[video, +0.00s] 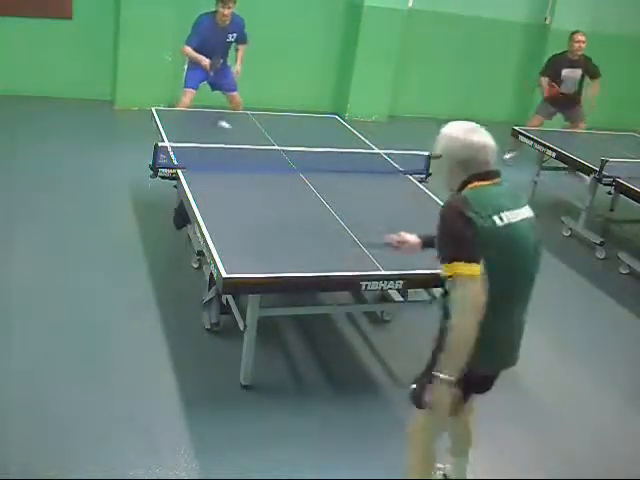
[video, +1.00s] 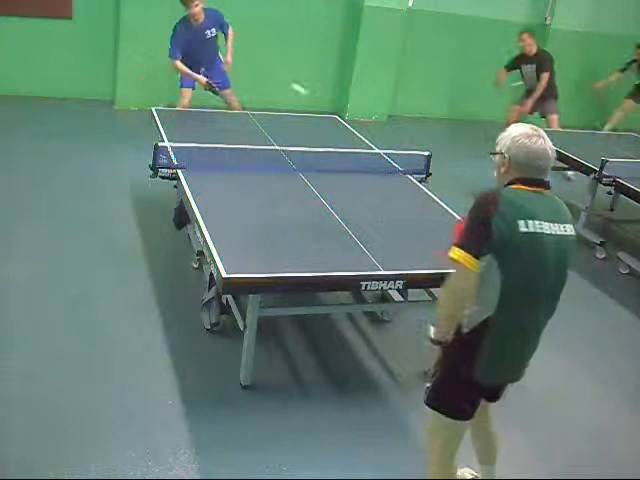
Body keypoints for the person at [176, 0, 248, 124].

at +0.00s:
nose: (226, 12)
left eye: (229, 8)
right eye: (223, 8)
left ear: (233, 9)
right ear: (217, 7)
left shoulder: (238, 22)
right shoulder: (204, 20)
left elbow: (241, 43)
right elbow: (186, 49)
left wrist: (238, 65)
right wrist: (203, 60)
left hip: (221, 65)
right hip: (198, 64)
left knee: (235, 100)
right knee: (187, 99)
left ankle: (240, 130)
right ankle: (173, 128)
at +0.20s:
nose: (207, 19)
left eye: (209, 14)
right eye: (204, 15)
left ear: (216, 12)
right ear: (200, 15)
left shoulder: (231, 25)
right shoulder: (196, 28)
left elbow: (243, 49)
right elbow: (188, 49)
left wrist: (232, 68)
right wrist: (187, 60)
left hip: (228, 72)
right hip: (204, 73)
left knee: (241, 107)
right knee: (188, 104)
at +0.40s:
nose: (187, 33)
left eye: (189, 28)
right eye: (184, 29)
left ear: (198, 23)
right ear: (182, 29)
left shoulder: (219, 31)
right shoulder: (186, 43)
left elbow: (243, 46)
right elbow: (186, 70)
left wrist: (235, 71)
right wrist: (172, 79)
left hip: (230, 72)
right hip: (208, 74)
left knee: (243, 109)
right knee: (191, 104)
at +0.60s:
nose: (177, 41)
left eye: (179, 36)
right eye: (174, 38)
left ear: (187, 29)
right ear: (172, 37)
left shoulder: (209, 33)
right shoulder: (178, 50)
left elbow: (236, 44)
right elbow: (180, 77)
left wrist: (233, 69)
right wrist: (167, 93)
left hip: (224, 73)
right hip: (201, 75)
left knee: (238, 107)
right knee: (187, 103)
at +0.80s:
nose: (182, 28)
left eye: (184, 23)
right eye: (178, 25)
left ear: (190, 18)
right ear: (175, 26)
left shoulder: (208, 25)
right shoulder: (176, 40)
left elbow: (230, 37)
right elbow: (181, 73)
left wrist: (226, 63)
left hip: (216, 67)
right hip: (194, 71)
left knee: (235, 105)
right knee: (185, 102)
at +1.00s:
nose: (193, 11)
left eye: (196, 6)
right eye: (190, 8)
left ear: (201, 5)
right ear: (186, 9)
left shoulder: (213, 16)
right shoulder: (181, 28)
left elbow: (228, 30)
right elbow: (176, 61)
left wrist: (228, 56)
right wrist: (198, 78)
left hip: (213, 63)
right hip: (190, 67)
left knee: (231, 100)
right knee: (185, 102)